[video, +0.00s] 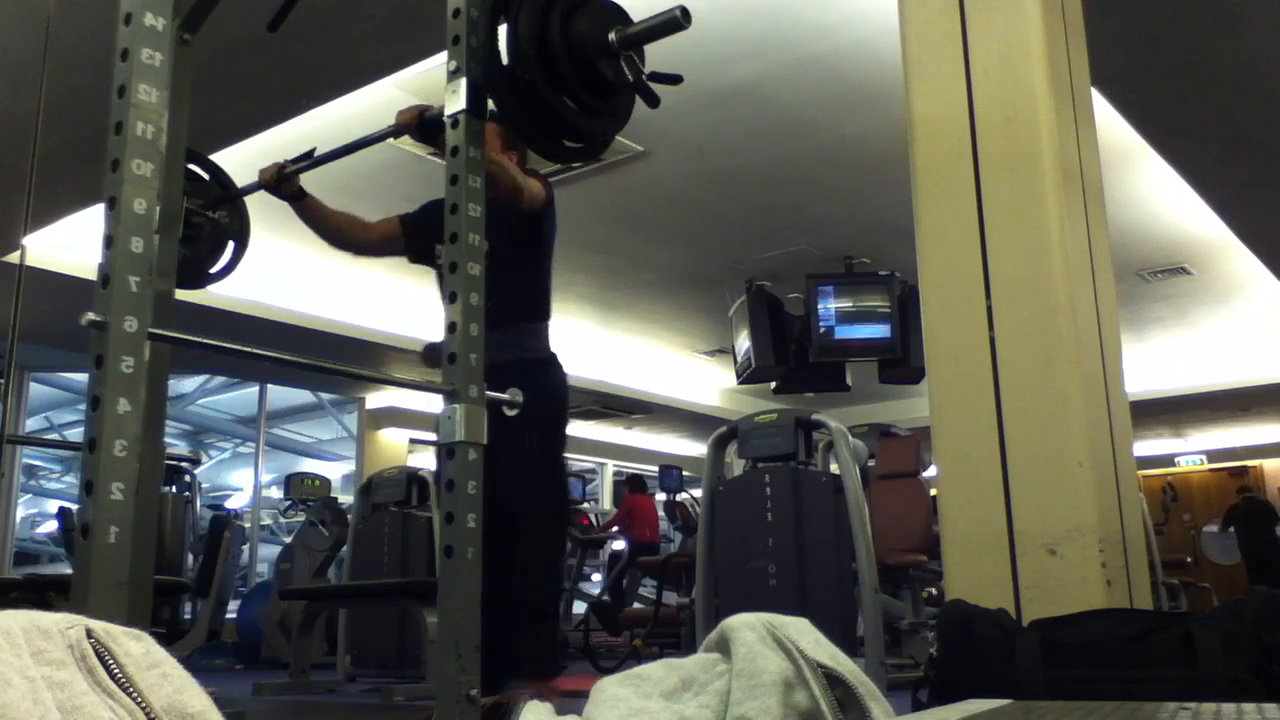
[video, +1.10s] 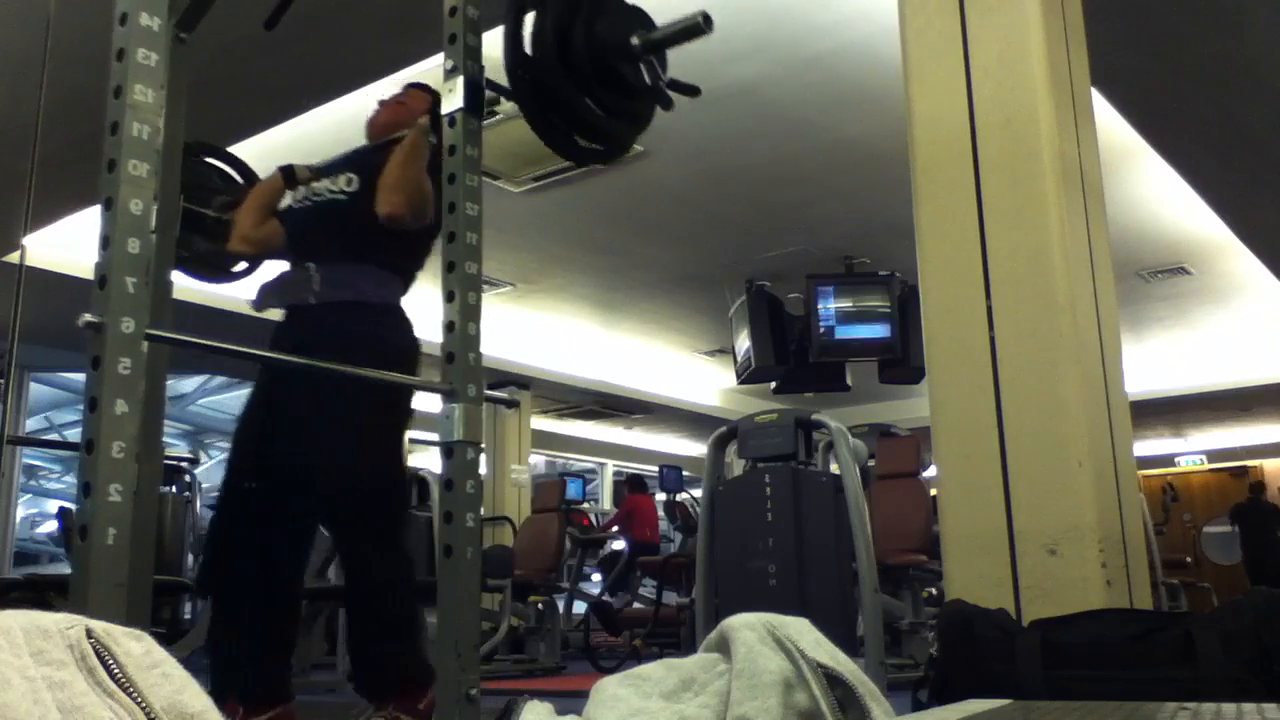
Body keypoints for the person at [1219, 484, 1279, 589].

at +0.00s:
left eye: (1239, 495)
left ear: (1239, 495)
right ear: (1252, 493)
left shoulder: (1234, 508)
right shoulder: (1266, 504)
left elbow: (1223, 529)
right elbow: (1276, 521)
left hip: (1249, 550)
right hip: (1271, 548)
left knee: (1255, 580)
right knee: (1274, 579)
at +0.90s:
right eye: (1254, 491)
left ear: (1241, 492)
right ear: (1255, 492)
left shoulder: (1232, 509)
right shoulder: (1264, 506)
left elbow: (1227, 530)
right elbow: (1276, 523)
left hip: (1246, 553)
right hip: (1268, 551)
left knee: (1253, 582)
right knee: (1272, 581)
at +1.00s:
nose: (1262, 493)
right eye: (1261, 491)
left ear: (1245, 492)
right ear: (1259, 492)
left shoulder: (1236, 508)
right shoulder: (1267, 506)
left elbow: (1230, 525)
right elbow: (1277, 524)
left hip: (1247, 552)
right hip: (1269, 551)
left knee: (1253, 581)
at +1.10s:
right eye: (1261, 491)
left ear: (1249, 491)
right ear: (1264, 491)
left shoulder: (1240, 508)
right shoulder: (1272, 508)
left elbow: (1232, 520)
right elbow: (1277, 526)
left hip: (1249, 552)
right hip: (1270, 552)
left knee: (1255, 583)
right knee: (1273, 582)